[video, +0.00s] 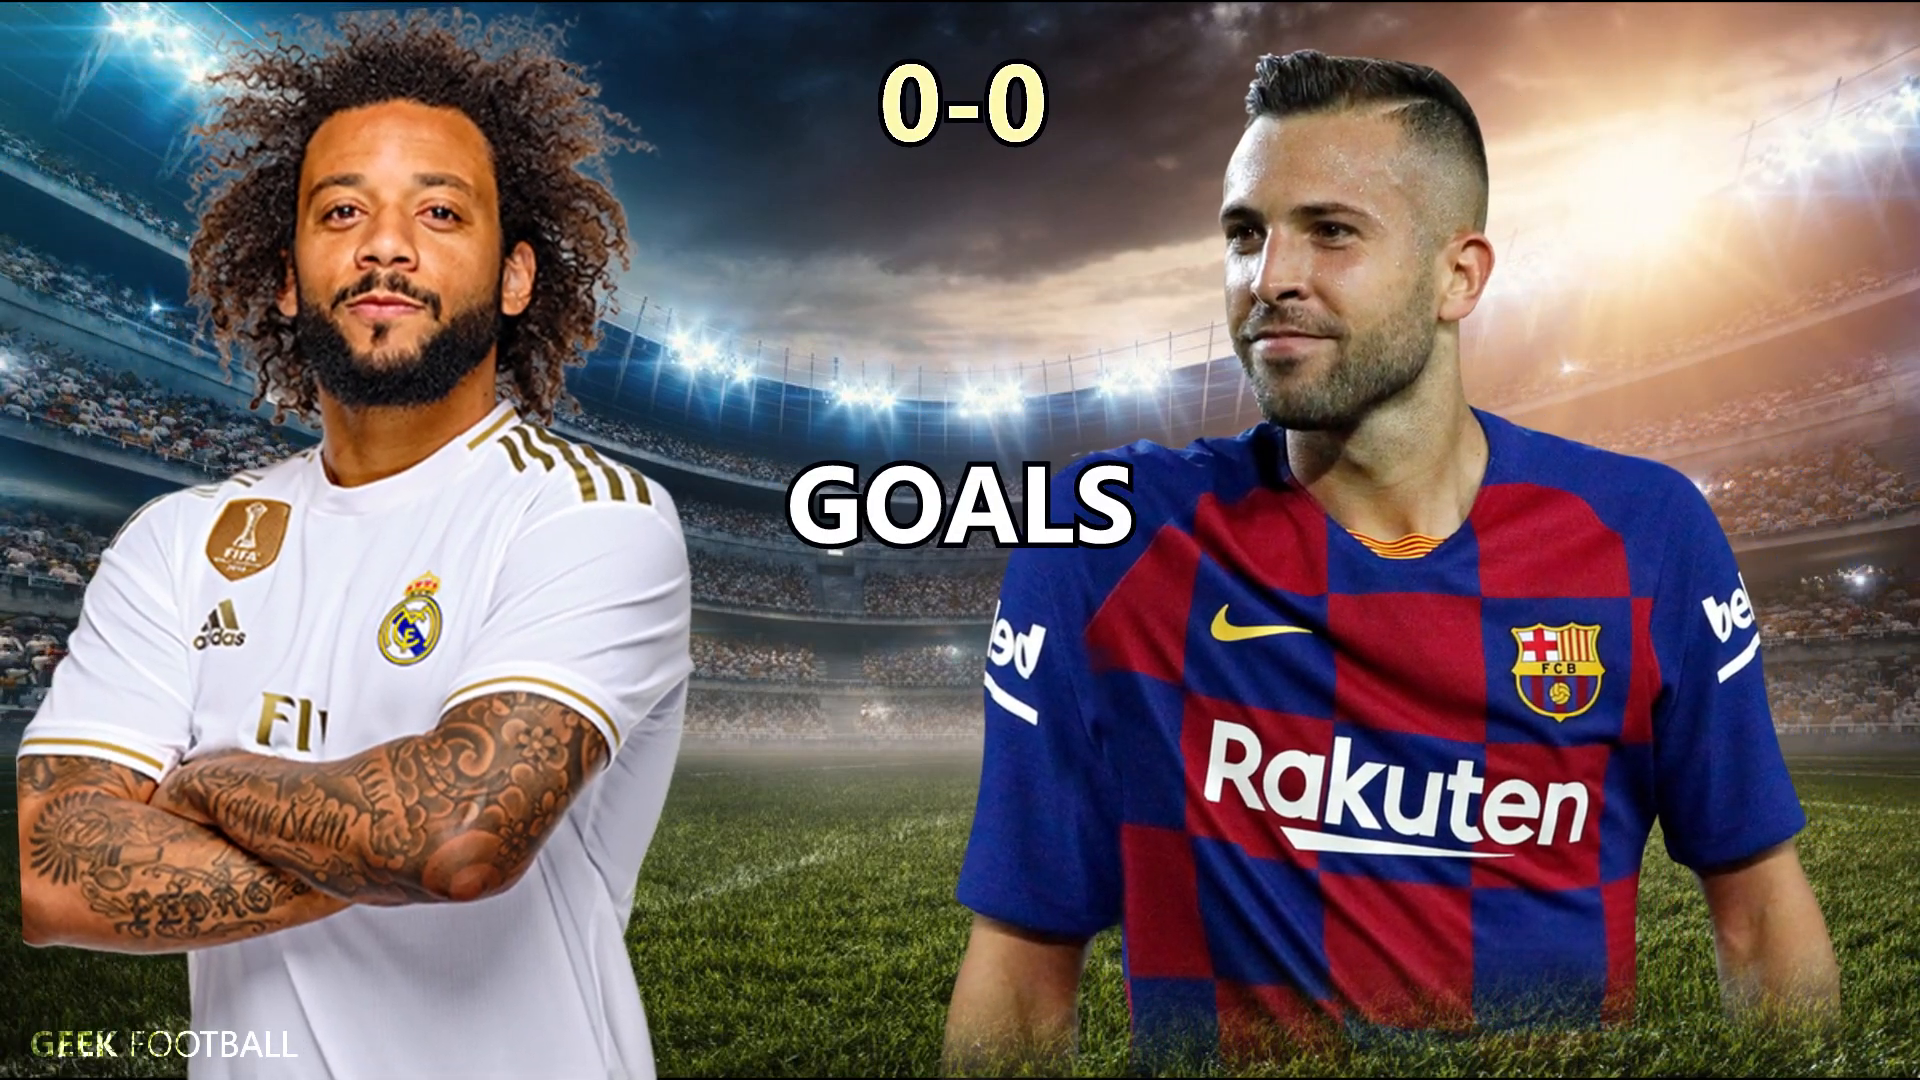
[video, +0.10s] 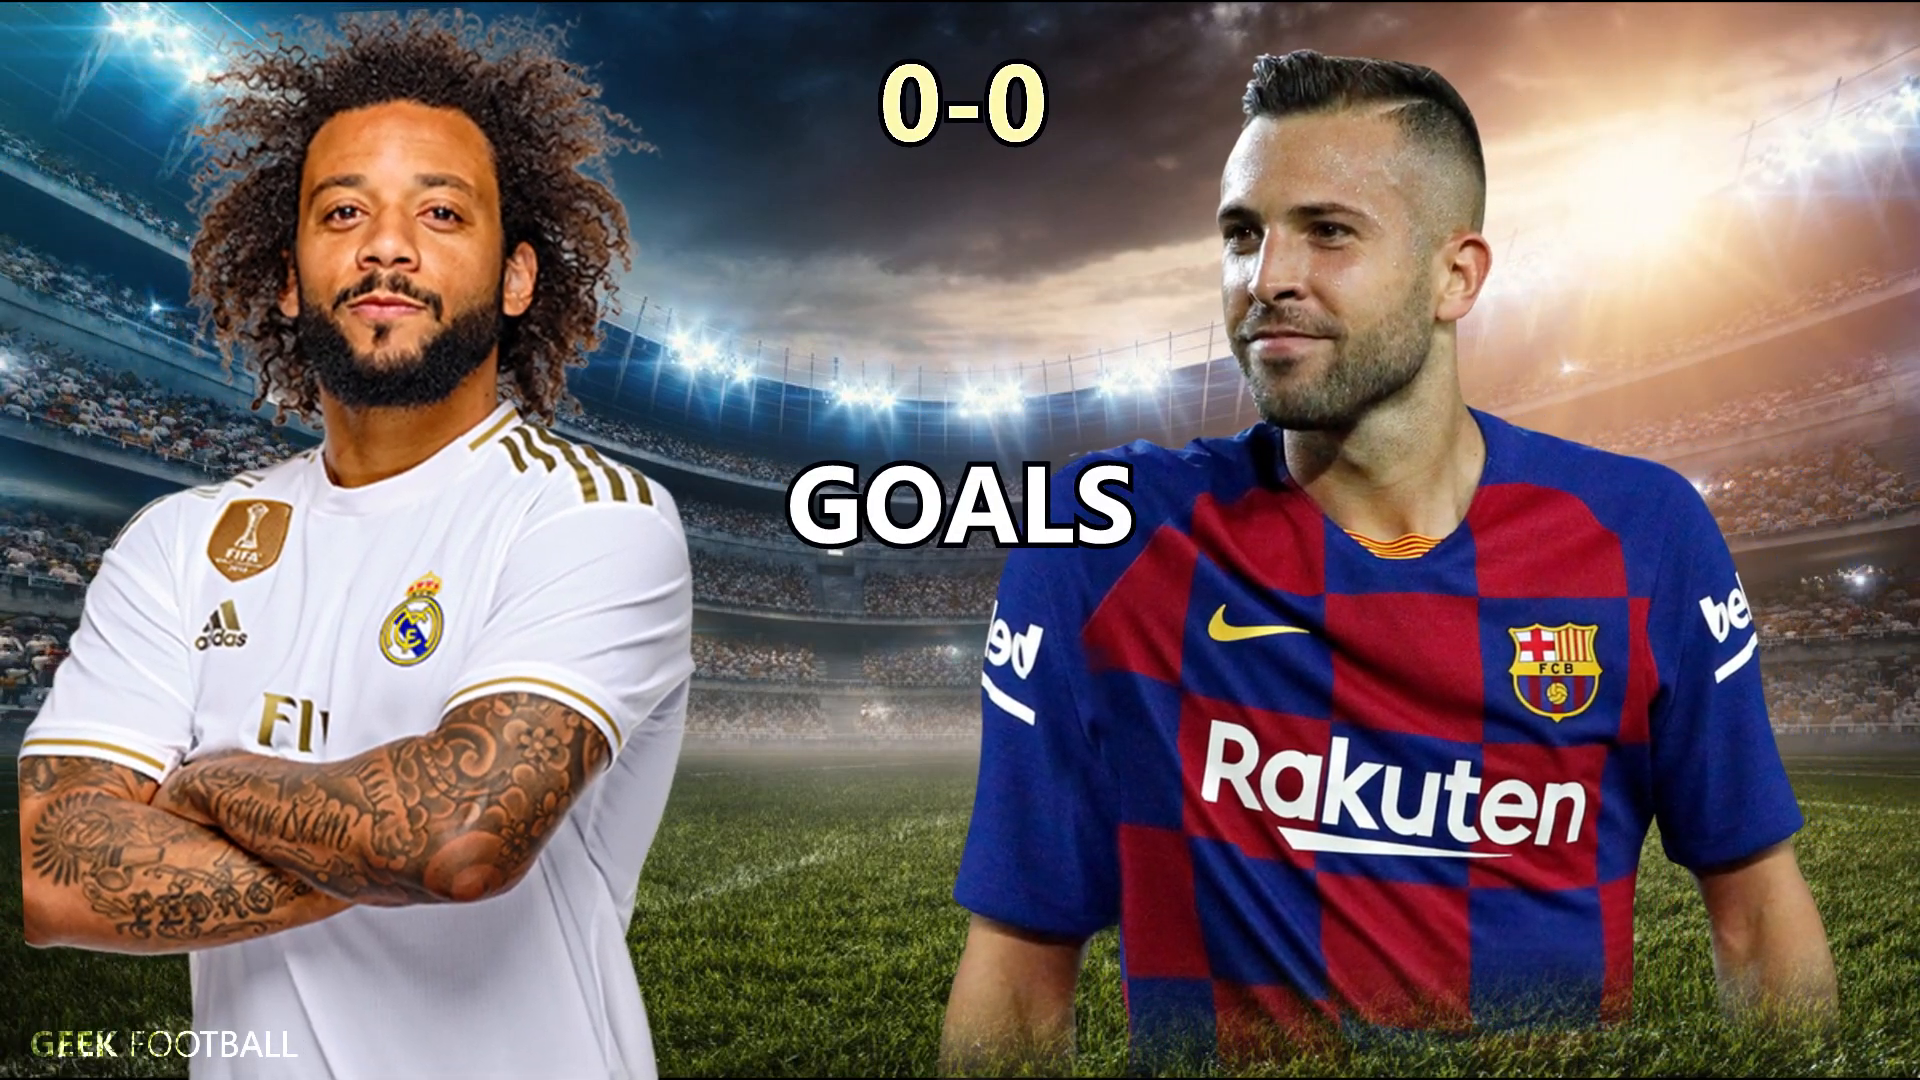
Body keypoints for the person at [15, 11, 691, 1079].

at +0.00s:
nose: (385, 248)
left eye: (439, 211)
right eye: (341, 212)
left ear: (512, 277)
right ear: (292, 275)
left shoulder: (597, 520)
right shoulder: (177, 541)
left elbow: (464, 834)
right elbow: (59, 880)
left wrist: (197, 778)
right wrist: (381, 843)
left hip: (528, 1065)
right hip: (252, 1064)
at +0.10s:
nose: (387, 248)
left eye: (441, 212)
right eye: (343, 212)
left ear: (513, 278)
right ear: (294, 275)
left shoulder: (599, 522)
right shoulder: (179, 543)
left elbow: (465, 834)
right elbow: (64, 882)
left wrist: (199, 780)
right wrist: (382, 844)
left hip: (531, 1064)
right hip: (253, 1064)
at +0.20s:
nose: (388, 249)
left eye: (442, 212)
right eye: (344, 213)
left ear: (515, 278)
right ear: (295, 276)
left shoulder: (601, 522)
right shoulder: (180, 543)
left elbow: (467, 835)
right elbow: (66, 882)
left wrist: (201, 780)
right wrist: (384, 844)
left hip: (531, 1065)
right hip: (254, 1065)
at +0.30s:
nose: (389, 249)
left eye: (444, 213)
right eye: (345, 214)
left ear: (516, 279)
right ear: (296, 278)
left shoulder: (602, 523)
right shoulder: (182, 543)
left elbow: (467, 835)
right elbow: (67, 884)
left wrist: (202, 780)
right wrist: (387, 844)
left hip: (532, 1065)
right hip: (255, 1064)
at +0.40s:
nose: (390, 250)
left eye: (445, 213)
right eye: (346, 214)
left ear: (517, 280)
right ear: (297, 277)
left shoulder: (603, 523)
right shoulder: (183, 544)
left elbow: (469, 836)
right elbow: (68, 884)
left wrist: (203, 780)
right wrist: (388, 845)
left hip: (533, 1066)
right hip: (256, 1065)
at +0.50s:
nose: (391, 250)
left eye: (446, 214)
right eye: (347, 215)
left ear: (518, 280)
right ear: (297, 278)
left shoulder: (604, 524)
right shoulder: (183, 545)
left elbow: (469, 837)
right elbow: (70, 886)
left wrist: (205, 781)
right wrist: (389, 846)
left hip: (535, 1066)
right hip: (257, 1066)